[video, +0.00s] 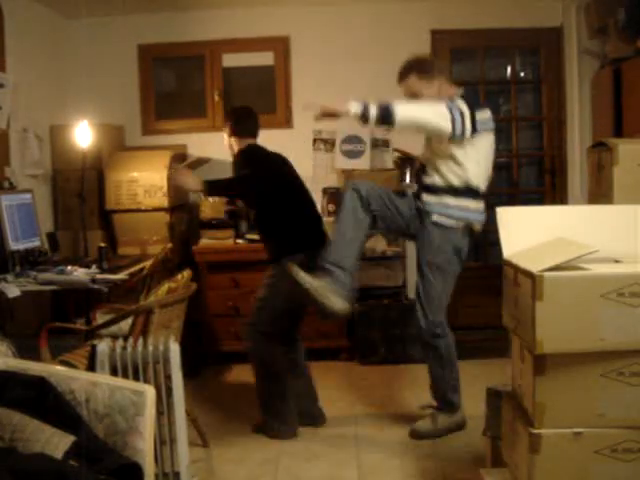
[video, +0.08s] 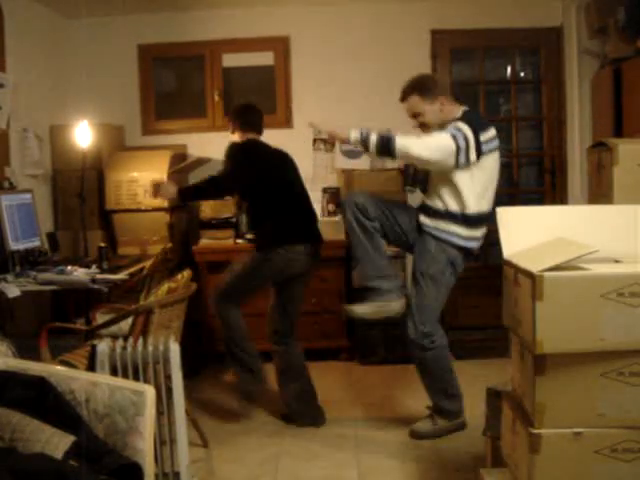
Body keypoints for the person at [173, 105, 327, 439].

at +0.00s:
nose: (225, 140)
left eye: (225, 134)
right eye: (226, 134)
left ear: (230, 134)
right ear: (257, 132)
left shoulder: (250, 161)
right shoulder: (275, 160)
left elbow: (247, 187)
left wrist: (201, 185)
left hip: (291, 257)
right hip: (311, 253)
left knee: (262, 331)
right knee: (285, 332)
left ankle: (279, 420)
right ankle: (307, 408)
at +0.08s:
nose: (229, 132)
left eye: (230, 126)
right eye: (232, 127)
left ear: (235, 127)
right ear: (260, 128)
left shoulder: (240, 153)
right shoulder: (281, 157)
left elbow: (227, 184)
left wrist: (181, 194)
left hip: (277, 250)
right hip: (305, 248)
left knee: (225, 298)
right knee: (284, 332)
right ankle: (304, 409)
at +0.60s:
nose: (291, 138)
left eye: (291, 131)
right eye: (290, 132)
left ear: (259, 129)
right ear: (277, 130)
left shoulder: (227, 157)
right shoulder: (275, 159)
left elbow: (192, 203)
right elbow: (306, 202)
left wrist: (189, 245)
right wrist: (307, 167)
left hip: (203, 250)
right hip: (234, 253)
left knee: (242, 314)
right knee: (256, 334)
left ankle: (226, 371)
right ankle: (238, 414)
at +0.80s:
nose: (287, 122)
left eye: (287, 115)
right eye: (281, 115)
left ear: (260, 119)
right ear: (257, 117)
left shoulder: (247, 145)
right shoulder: (244, 144)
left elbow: (235, 197)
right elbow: (271, 184)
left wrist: (245, 230)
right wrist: (292, 147)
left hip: (223, 244)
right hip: (210, 246)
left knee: (260, 308)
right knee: (238, 319)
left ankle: (247, 384)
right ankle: (216, 394)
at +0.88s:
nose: (277, 126)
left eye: (278, 120)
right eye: (270, 120)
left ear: (272, 123)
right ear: (250, 121)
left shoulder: (249, 155)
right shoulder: (233, 150)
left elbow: (243, 203)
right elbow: (257, 186)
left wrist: (254, 235)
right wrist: (281, 147)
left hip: (228, 252)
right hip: (208, 253)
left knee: (260, 320)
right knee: (240, 327)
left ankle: (247, 387)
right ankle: (218, 396)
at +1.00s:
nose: (260, 123)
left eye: (263, 116)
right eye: (253, 115)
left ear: (265, 120)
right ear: (237, 119)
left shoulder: (258, 157)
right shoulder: (218, 148)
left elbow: (257, 208)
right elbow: (229, 185)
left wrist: (272, 239)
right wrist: (256, 142)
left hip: (235, 253)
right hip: (208, 255)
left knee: (284, 288)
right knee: (241, 333)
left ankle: (266, 358)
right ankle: (218, 397)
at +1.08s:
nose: (260, 117)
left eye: (262, 110)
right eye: (253, 110)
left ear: (267, 114)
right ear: (235, 115)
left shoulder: (260, 154)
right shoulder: (218, 144)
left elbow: (261, 199)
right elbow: (228, 178)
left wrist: (274, 237)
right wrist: (254, 137)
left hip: (238, 247)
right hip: (209, 250)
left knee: (287, 279)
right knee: (238, 330)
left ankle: (271, 350)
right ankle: (217, 396)